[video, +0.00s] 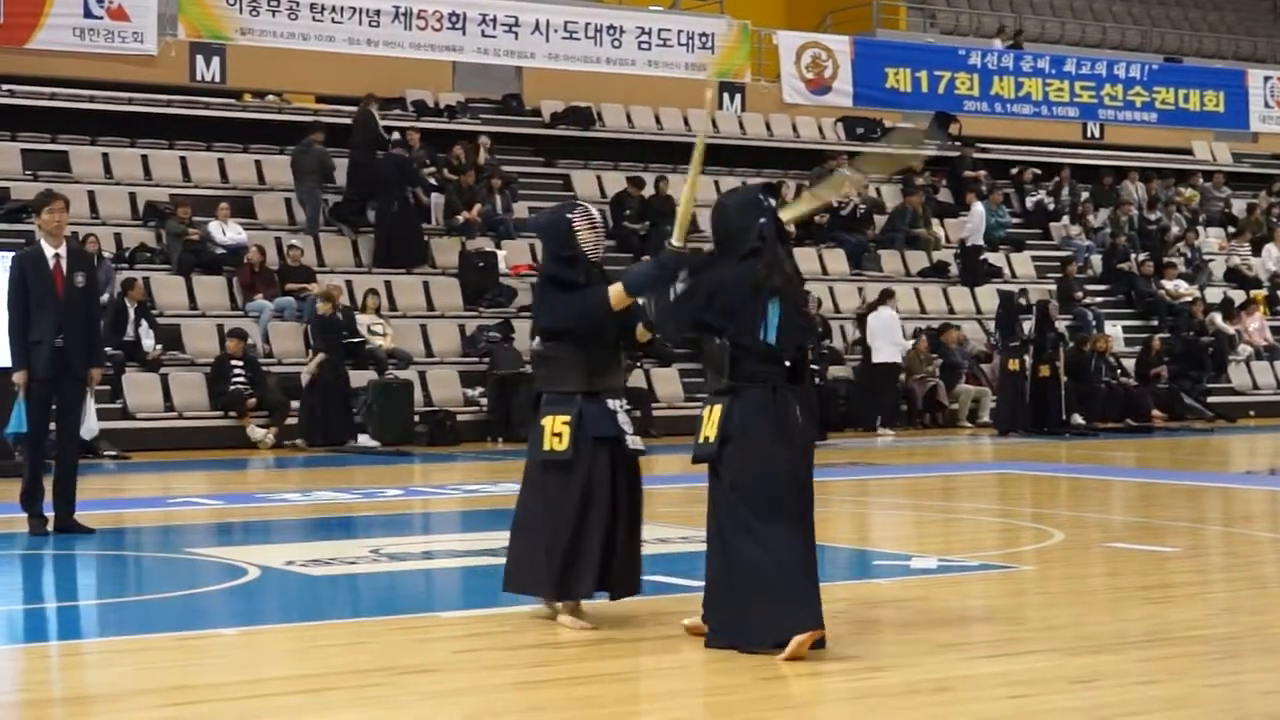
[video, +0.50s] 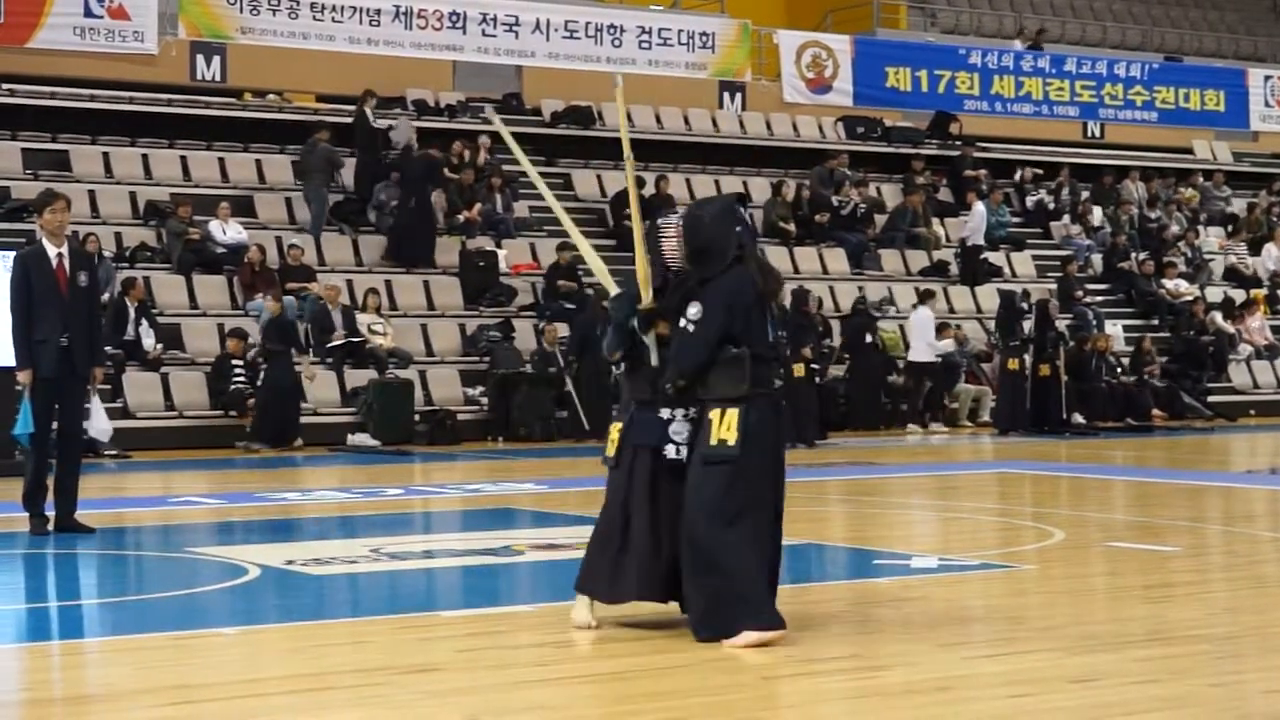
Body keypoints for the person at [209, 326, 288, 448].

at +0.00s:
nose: (227, 344)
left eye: (231, 341)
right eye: (227, 341)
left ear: (242, 343)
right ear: (226, 342)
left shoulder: (251, 360)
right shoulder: (220, 360)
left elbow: (261, 382)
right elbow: (215, 384)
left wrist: (256, 397)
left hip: (251, 394)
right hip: (229, 397)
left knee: (282, 402)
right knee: (236, 395)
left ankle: (271, 434)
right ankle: (249, 427)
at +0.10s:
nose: (227, 344)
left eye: (231, 341)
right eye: (227, 341)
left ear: (242, 344)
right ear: (226, 342)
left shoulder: (252, 360)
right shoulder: (221, 360)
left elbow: (261, 382)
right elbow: (215, 384)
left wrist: (256, 397)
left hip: (251, 394)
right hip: (229, 397)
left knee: (280, 401)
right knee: (237, 394)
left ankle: (271, 434)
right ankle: (250, 427)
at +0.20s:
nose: (227, 344)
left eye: (232, 341)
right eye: (227, 341)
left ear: (242, 344)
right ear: (225, 342)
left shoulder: (251, 360)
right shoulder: (220, 360)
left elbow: (260, 380)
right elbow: (214, 382)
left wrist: (256, 396)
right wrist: (228, 390)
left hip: (251, 394)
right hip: (227, 395)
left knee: (275, 398)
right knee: (236, 394)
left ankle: (271, 433)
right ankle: (249, 427)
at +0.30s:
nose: (227, 344)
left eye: (232, 341)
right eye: (227, 341)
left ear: (242, 344)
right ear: (225, 342)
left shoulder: (251, 360)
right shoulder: (220, 360)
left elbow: (260, 381)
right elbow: (214, 382)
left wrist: (255, 396)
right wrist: (229, 389)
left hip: (250, 393)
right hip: (226, 395)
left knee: (272, 394)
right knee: (236, 393)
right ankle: (249, 426)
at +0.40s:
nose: (227, 344)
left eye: (231, 341)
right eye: (227, 340)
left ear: (242, 343)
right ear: (225, 341)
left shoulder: (251, 359)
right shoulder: (221, 359)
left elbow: (259, 379)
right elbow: (214, 381)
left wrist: (256, 395)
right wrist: (228, 390)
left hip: (250, 391)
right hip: (229, 393)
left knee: (268, 393)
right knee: (236, 395)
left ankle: (270, 428)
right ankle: (249, 425)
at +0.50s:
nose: (229, 344)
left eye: (233, 341)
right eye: (228, 341)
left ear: (242, 344)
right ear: (226, 342)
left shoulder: (251, 360)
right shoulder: (221, 359)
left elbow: (255, 379)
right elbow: (215, 381)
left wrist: (254, 394)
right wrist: (229, 389)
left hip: (250, 392)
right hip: (228, 394)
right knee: (238, 394)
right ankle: (246, 425)